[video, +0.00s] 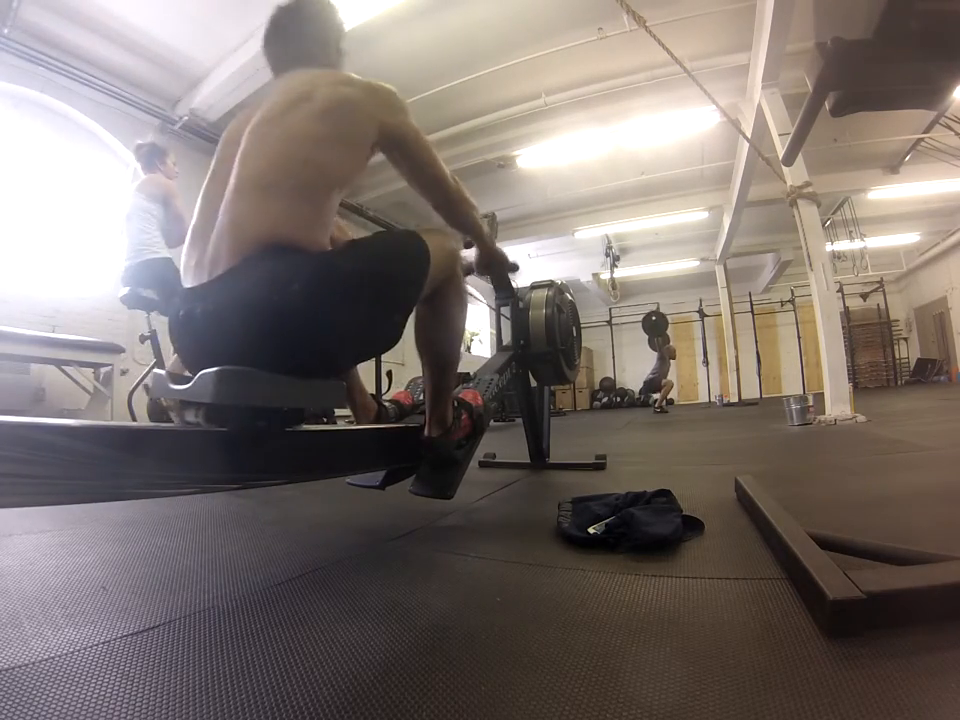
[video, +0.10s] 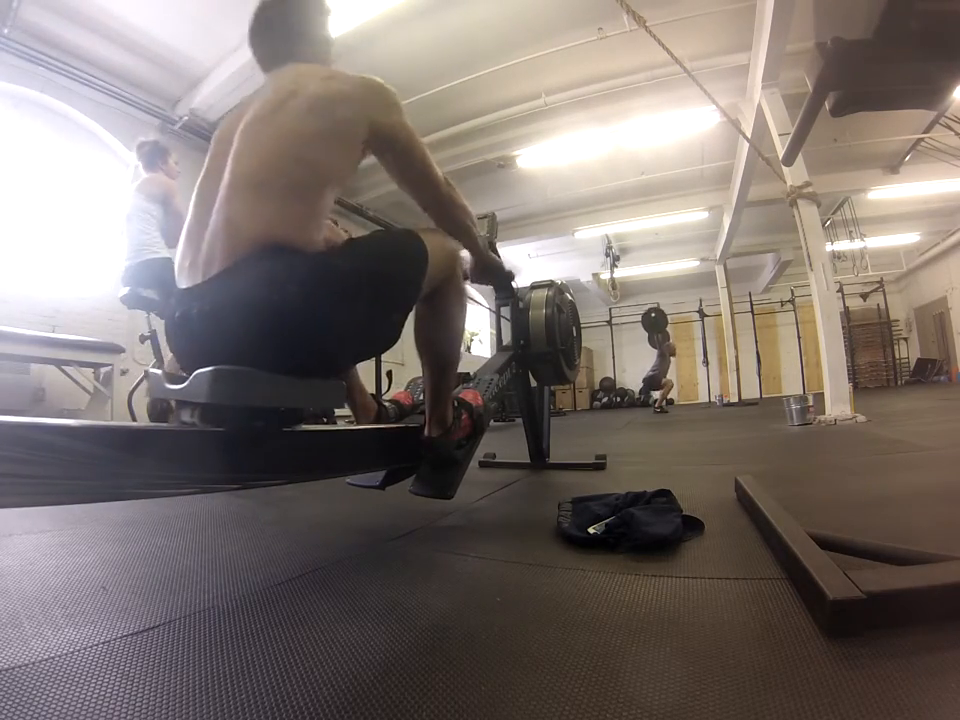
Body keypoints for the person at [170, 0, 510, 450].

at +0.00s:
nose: (343, 49)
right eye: (340, 40)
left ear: (272, 60)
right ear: (336, 44)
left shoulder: (243, 121)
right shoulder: (367, 95)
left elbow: (323, 227)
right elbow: (450, 200)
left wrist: (382, 263)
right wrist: (485, 244)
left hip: (198, 334)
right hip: (287, 315)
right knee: (445, 250)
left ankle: (364, 409)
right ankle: (441, 426)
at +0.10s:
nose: (331, 39)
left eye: (327, 30)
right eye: (327, 30)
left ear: (260, 56)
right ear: (323, 36)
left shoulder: (234, 119)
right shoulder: (359, 92)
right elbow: (445, 206)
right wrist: (483, 257)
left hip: (193, 335)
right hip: (283, 315)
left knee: (328, 244)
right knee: (447, 252)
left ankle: (367, 413)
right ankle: (440, 425)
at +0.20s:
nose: (318, 36)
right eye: (315, 25)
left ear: (244, 45)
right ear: (309, 28)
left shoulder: (220, 110)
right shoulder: (346, 81)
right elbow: (425, 186)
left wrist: (314, 233)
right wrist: (474, 248)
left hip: (184, 332)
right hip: (275, 312)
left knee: (322, 247)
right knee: (442, 251)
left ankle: (366, 411)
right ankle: (441, 424)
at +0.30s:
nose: (304, 21)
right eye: (299, 13)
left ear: (223, 34)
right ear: (292, 14)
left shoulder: (194, 100)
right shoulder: (328, 68)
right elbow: (415, 183)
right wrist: (465, 245)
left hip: (169, 326)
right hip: (264, 307)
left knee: (304, 242)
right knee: (436, 251)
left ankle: (367, 412)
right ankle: (441, 423)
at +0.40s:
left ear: (202, 24)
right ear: (269, 6)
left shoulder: (179, 82)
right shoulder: (309, 55)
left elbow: (162, 196)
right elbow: (394, 168)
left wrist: (298, 232)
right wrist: (455, 240)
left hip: (151, 319)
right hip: (249, 301)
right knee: (428, 255)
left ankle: (366, 410)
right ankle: (441, 421)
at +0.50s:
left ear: (175, 11)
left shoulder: (149, 63)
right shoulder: (274, 26)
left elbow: (197, 185)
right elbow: (372, 151)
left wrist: (303, 240)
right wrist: (438, 223)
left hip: (129, 313)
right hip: (224, 298)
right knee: (418, 258)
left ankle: (365, 411)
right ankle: (443, 422)